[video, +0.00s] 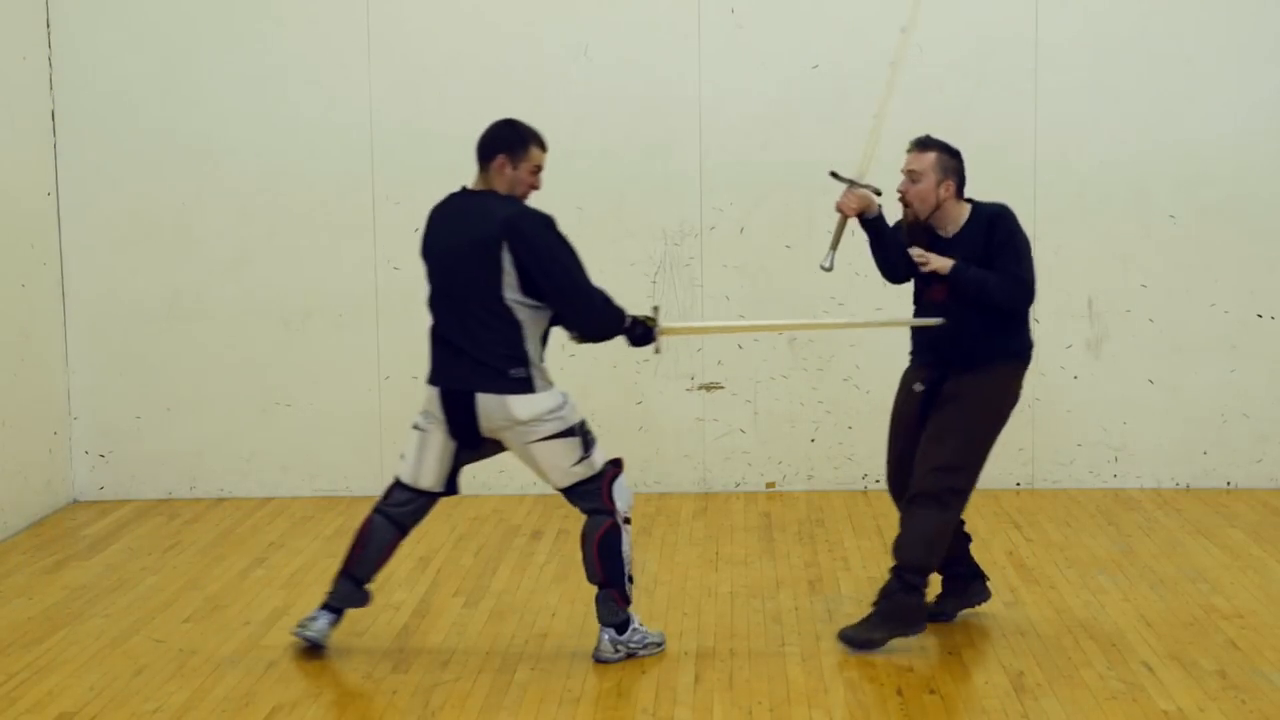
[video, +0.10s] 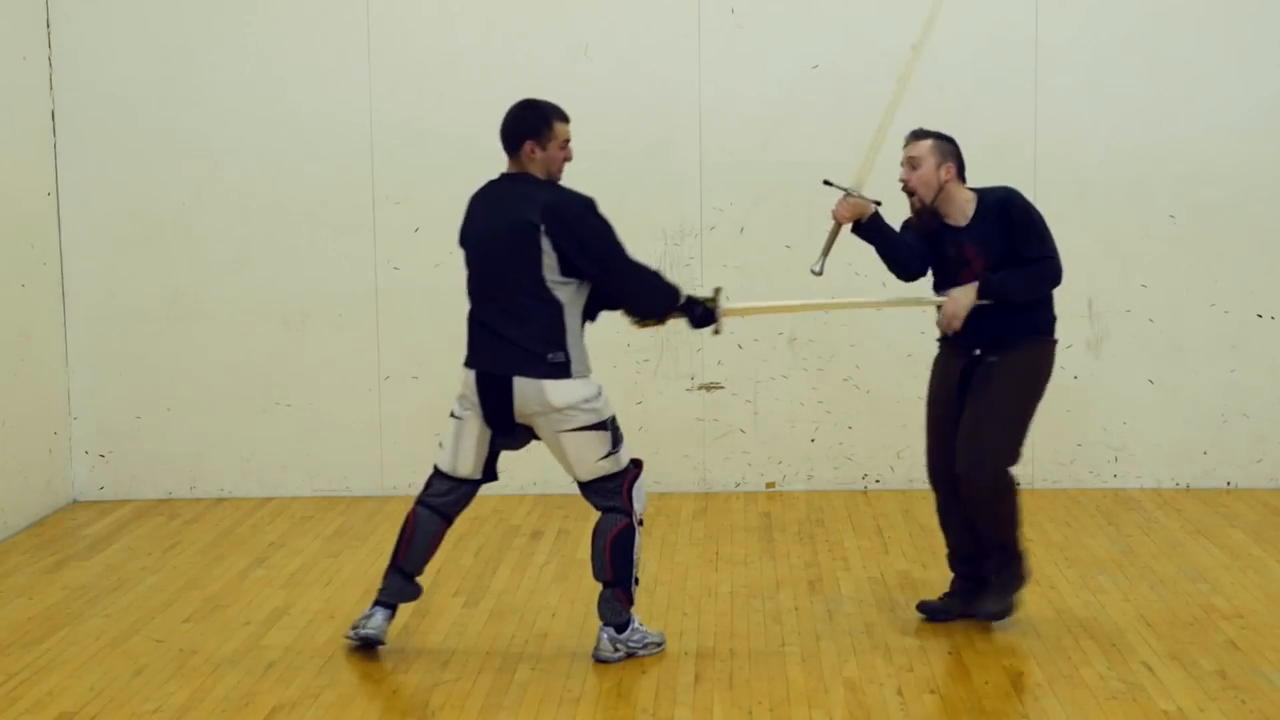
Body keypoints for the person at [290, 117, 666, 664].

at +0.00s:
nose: (537, 183)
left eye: (539, 171)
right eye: (532, 170)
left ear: (492, 166)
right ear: (501, 163)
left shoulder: (442, 215)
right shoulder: (524, 223)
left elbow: (476, 295)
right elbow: (578, 305)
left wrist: (554, 311)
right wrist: (627, 326)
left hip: (450, 393)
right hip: (520, 394)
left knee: (405, 498)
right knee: (602, 495)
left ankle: (328, 612)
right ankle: (617, 628)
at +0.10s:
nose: (568, 156)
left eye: (567, 145)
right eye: (562, 146)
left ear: (518, 149)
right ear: (532, 148)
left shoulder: (482, 203)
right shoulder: (564, 208)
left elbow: (541, 286)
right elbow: (623, 276)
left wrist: (622, 299)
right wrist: (683, 304)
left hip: (484, 377)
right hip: (556, 381)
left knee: (445, 490)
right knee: (616, 496)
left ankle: (381, 610)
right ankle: (618, 627)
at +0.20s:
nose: (587, 138)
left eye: (584, 130)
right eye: (579, 132)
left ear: (538, 143)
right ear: (551, 141)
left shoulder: (507, 196)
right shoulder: (592, 199)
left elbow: (584, 267)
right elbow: (655, 255)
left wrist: (663, 284)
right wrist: (726, 285)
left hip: (502, 369)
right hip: (573, 373)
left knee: (460, 486)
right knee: (621, 494)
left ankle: (403, 608)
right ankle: (617, 628)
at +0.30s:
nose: (607, 139)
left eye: (605, 129)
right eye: (600, 131)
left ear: (559, 140)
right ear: (572, 138)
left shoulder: (523, 191)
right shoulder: (609, 197)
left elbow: (600, 259)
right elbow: (675, 251)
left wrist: (681, 277)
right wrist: (743, 282)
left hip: (511, 364)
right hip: (582, 369)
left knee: (471, 482)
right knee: (623, 496)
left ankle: (417, 609)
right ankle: (617, 628)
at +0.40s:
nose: (619, 146)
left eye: (618, 136)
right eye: (613, 137)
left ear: (568, 141)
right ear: (586, 140)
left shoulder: (531, 191)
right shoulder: (617, 199)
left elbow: (611, 258)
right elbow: (685, 252)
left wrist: (690, 275)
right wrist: (752, 281)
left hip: (514, 362)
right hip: (586, 369)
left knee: (472, 484)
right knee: (625, 495)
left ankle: (421, 613)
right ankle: (617, 628)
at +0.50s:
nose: (626, 148)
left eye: (625, 137)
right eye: (622, 138)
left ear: (575, 141)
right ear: (594, 141)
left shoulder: (537, 190)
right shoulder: (621, 199)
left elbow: (617, 258)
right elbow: (690, 253)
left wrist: (695, 275)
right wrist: (757, 282)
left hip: (516, 362)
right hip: (588, 370)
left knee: (472, 485)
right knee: (626, 495)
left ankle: (420, 613)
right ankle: (617, 628)